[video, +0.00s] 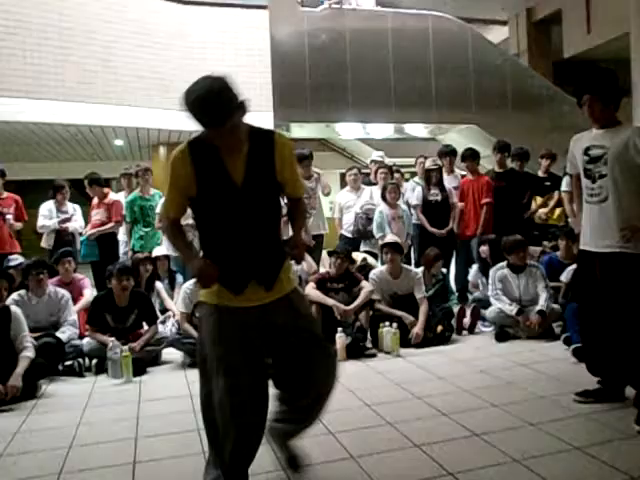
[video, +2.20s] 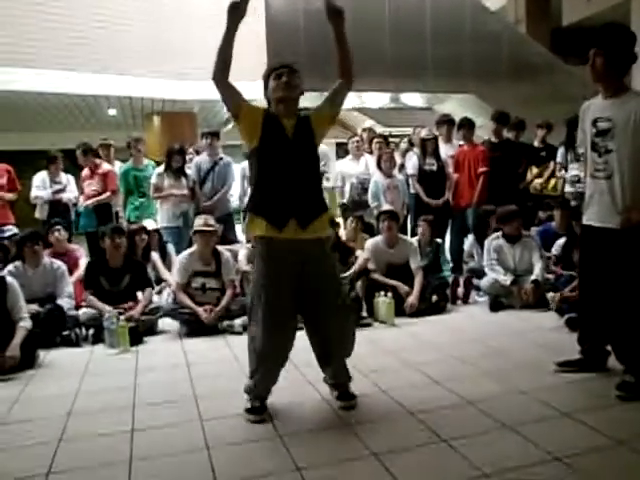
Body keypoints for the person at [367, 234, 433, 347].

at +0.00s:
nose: (390, 257)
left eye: (394, 253)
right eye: (386, 253)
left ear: (401, 255)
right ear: (382, 256)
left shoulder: (414, 274)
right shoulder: (376, 275)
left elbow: (423, 302)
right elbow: (376, 304)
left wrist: (420, 326)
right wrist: (402, 315)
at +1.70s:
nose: (384, 250)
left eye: (388, 246)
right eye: (380, 247)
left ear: (394, 250)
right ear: (376, 250)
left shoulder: (406, 271)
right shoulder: (369, 269)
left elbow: (415, 297)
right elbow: (370, 297)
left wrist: (410, 322)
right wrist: (396, 311)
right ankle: (368, 339)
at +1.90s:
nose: (385, 225)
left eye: (388, 221)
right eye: (381, 222)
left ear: (394, 224)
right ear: (376, 226)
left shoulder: (405, 244)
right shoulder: (369, 244)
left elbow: (415, 272)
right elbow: (370, 273)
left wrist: (411, 296)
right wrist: (395, 286)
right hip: (378, 275)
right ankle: (370, 315)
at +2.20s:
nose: (387, 224)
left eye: (391, 220)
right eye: (383, 221)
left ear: (397, 224)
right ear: (379, 225)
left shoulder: (410, 244)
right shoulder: (371, 245)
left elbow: (418, 272)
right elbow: (372, 272)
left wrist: (414, 296)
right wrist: (397, 285)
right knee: (368, 281)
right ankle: (372, 314)